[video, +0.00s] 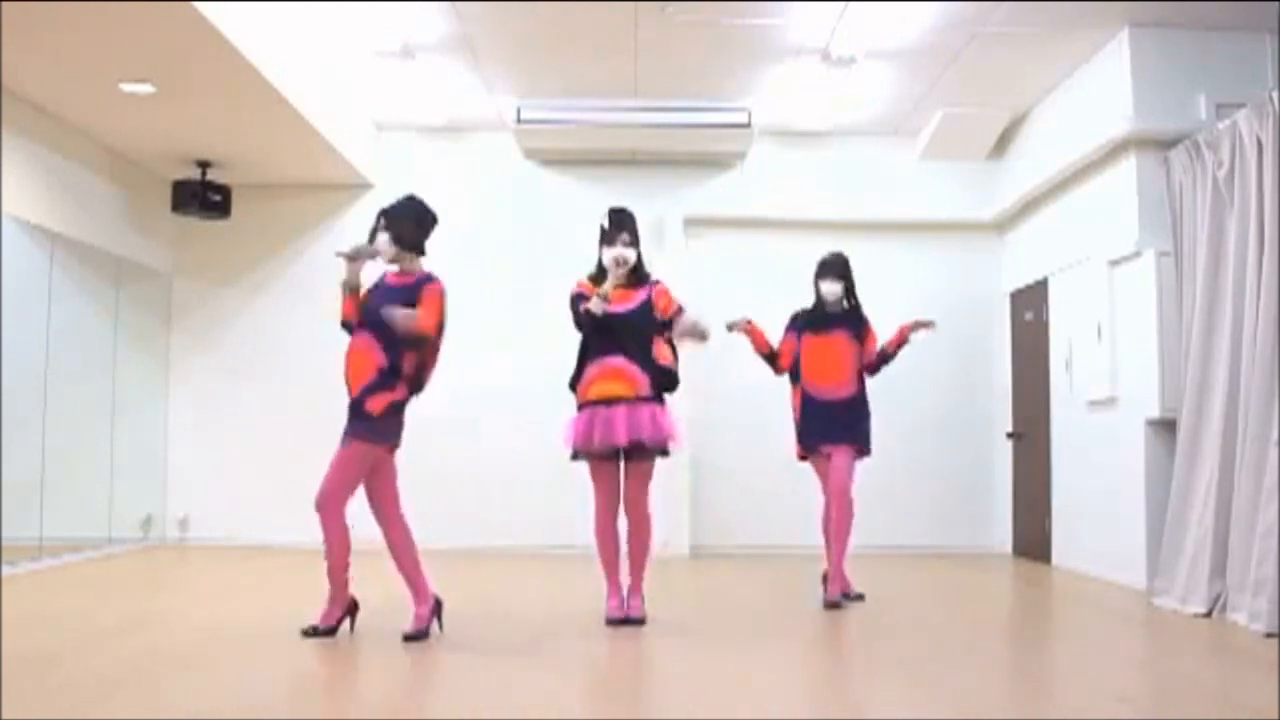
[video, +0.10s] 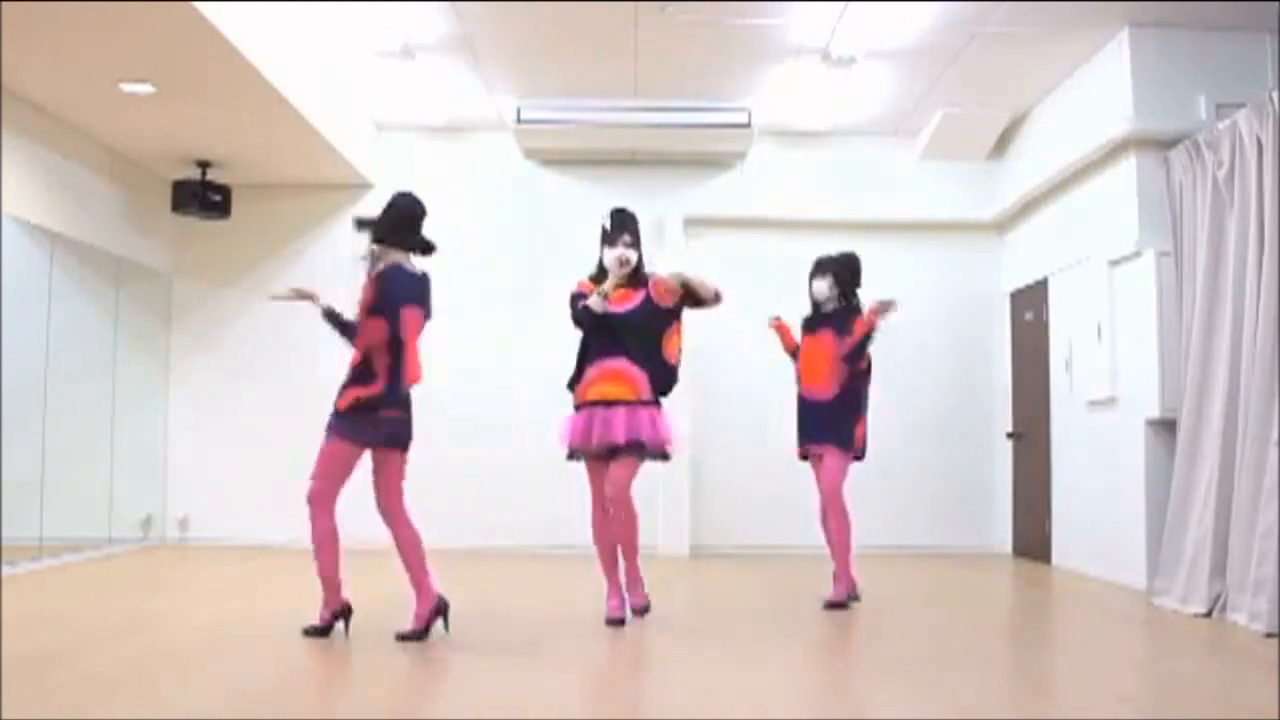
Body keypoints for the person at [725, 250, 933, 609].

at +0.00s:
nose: (830, 288)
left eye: (837, 281)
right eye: (824, 280)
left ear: (847, 284)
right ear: (815, 283)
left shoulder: (856, 322)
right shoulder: (801, 322)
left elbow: (870, 365)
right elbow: (781, 366)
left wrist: (902, 336)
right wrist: (752, 333)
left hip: (848, 413)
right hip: (813, 415)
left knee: (840, 490)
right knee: (831, 494)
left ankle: (835, 575)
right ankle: (836, 574)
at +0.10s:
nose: (817, 287)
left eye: (824, 280)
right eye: (814, 280)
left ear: (842, 283)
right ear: (811, 284)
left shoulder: (852, 320)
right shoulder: (812, 323)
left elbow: (849, 353)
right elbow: (803, 361)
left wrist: (869, 322)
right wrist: (785, 337)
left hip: (842, 414)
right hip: (813, 413)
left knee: (832, 492)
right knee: (827, 495)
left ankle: (843, 577)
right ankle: (842, 576)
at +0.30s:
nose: (806, 284)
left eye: (809, 279)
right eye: (808, 279)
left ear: (814, 280)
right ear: (841, 280)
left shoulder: (808, 316)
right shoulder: (858, 319)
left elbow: (784, 355)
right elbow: (874, 364)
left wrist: (767, 320)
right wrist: (876, 329)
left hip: (822, 410)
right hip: (851, 410)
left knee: (820, 493)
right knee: (827, 493)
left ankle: (847, 576)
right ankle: (849, 573)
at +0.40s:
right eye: (830, 271)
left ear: (801, 281)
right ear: (837, 277)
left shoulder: (794, 319)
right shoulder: (852, 316)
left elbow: (793, 357)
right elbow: (878, 357)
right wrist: (893, 325)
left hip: (808, 415)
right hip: (853, 415)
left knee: (815, 496)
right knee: (846, 496)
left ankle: (823, 577)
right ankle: (843, 576)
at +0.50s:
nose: (842, 283)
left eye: (837, 278)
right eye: (839, 277)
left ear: (802, 284)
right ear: (835, 280)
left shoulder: (801, 318)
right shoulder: (841, 315)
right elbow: (856, 353)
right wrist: (888, 324)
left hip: (808, 417)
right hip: (846, 416)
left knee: (815, 493)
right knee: (846, 496)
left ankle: (785, 563)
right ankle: (835, 575)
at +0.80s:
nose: (851, 288)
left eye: (853, 281)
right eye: (844, 280)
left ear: (853, 285)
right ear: (827, 281)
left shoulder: (847, 321)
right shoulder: (815, 315)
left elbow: (848, 367)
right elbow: (789, 354)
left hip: (825, 416)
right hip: (804, 415)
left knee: (807, 494)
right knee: (821, 489)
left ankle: (777, 565)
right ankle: (819, 572)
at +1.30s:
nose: (832, 299)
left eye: (839, 293)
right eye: (827, 290)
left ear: (848, 291)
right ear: (817, 286)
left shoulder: (859, 315)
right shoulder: (793, 314)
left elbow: (897, 304)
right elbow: (751, 351)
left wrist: (876, 274)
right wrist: (767, 385)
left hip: (834, 412)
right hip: (795, 411)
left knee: (816, 493)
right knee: (810, 490)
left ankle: (801, 569)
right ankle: (818, 573)